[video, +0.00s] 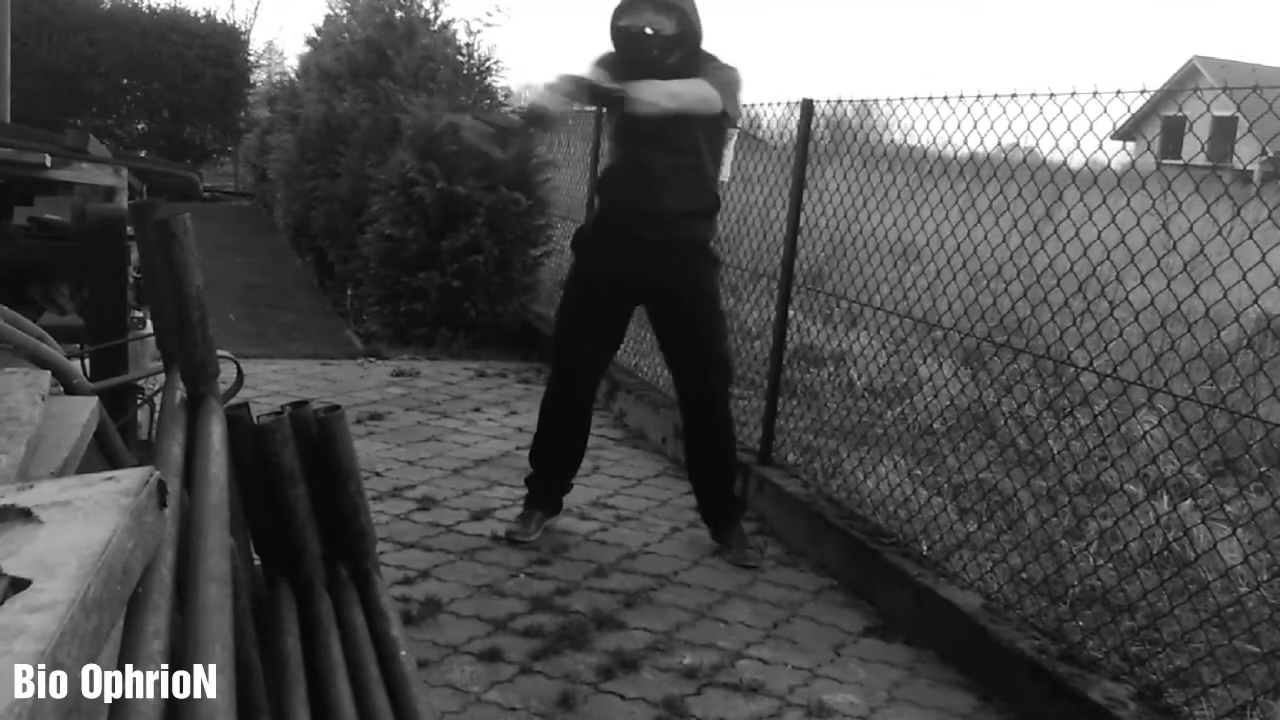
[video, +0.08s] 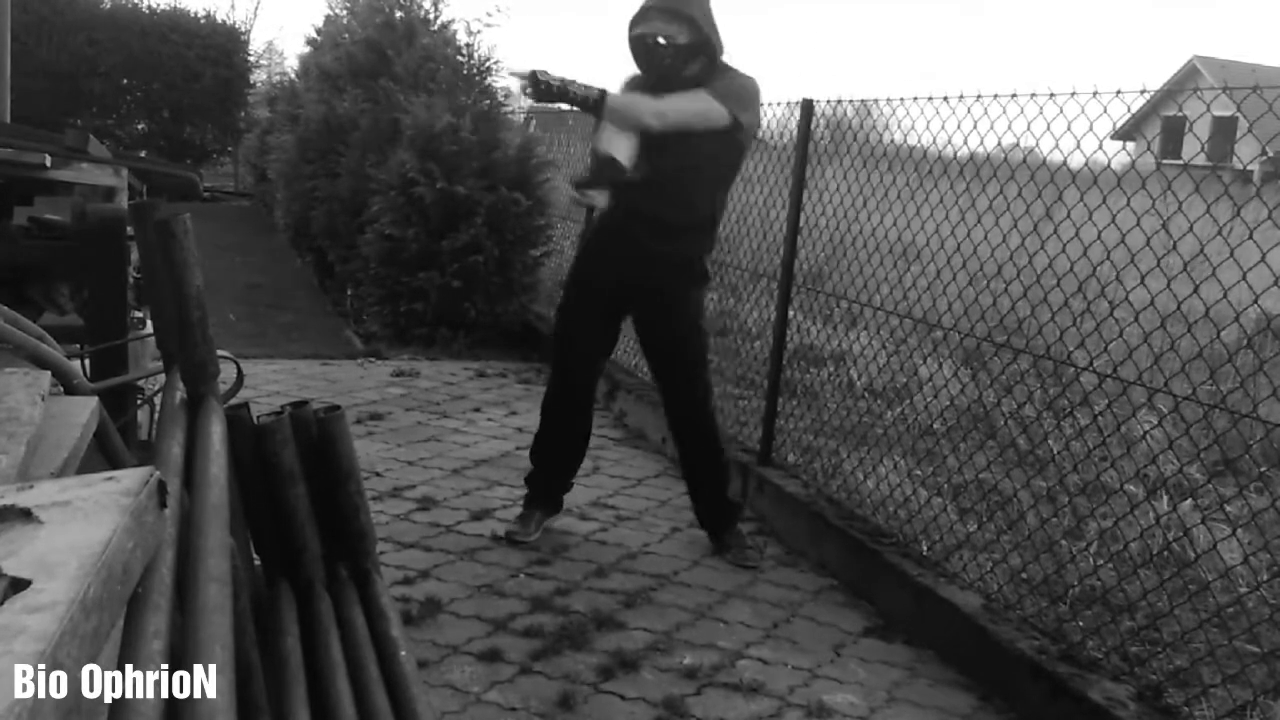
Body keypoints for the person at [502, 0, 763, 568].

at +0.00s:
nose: (643, 41)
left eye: (657, 29)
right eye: (631, 31)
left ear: (684, 35)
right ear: (619, 36)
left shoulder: (719, 78)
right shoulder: (614, 74)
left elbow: (655, 98)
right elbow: (557, 91)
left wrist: (603, 92)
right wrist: (538, 104)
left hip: (682, 255)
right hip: (608, 248)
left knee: (707, 387)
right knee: (571, 375)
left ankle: (725, 520)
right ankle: (542, 499)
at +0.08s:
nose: (657, 58)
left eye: (671, 45)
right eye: (648, 46)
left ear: (701, 44)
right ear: (638, 46)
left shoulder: (737, 92)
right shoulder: (633, 94)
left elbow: (657, 114)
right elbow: (614, 142)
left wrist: (575, 95)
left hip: (671, 270)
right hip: (604, 258)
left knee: (690, 401)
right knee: (570, 382)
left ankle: (722, 524)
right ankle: (541, 500)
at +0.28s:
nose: (656, 45)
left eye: (671, 33)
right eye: (645, 34)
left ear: (697, 35)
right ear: (632, 36)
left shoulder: (727, 75)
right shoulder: (631, 80)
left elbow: (717, 128)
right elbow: (593, 129)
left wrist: (648, 108)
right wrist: (613, 84)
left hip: (683, 256)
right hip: (612, 247)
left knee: (705, 391)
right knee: (571, 374)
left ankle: (724, 522)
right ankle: (542, 499)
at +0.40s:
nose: (657, 21)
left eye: (671, 15)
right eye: (647, 11)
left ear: (688, 23)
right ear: (627, 14)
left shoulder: (704, 58)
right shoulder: (607, 53)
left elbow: (721, 96)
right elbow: (570, 78)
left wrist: (665, 120)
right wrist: (632, 80)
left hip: (689, 254)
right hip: (613, 248)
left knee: (711, 388)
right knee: (575, 379)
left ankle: (729, 522)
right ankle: (543, 501)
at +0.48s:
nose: (647, 29)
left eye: (660, 23)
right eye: (638, 17)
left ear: (676, 34)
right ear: (614, 17)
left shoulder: (687, 72)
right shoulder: (584, 62)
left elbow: (689, 121)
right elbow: (591, 123)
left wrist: (658, 171)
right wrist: (642, 170)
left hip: (692, 251)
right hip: (616, 250)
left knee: (717, 382)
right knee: (584, 380)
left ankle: (735, 518)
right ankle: (546, 501)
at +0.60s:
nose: (644, 44)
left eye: (657, 37)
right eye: (634, 30)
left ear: (670, 46)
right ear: (611, 29)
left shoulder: (679, 85)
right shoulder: (572, 82)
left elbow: (672, 144)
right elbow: (603, 152)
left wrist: (648, 190)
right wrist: (647, 214)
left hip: (689, 255)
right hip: (615, 254)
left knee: (725, 378)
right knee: (584, 383)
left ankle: (736, 518)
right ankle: (546, 503)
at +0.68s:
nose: (645, 48)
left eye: (658, 39)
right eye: (633, 35)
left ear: (676, 43)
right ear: (609, 35)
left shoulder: (688, 77)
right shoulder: (586, 77)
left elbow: (681, 108)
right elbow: (590, 109)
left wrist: (651, 126)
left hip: (690, 254)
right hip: (616, 251)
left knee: (725, 377)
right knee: (578, 377)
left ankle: (735, 518)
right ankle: (546, 502)